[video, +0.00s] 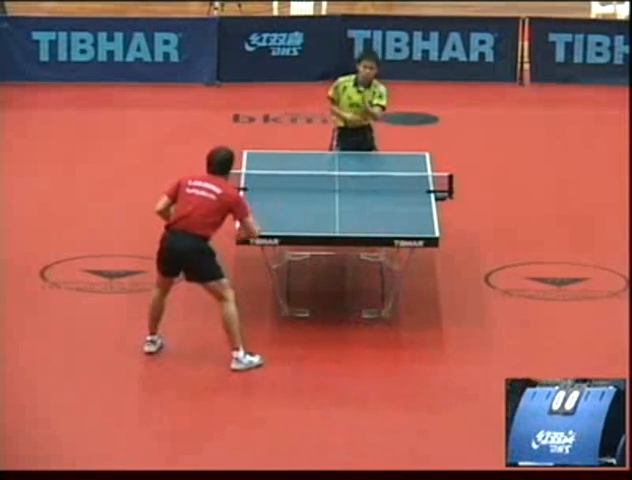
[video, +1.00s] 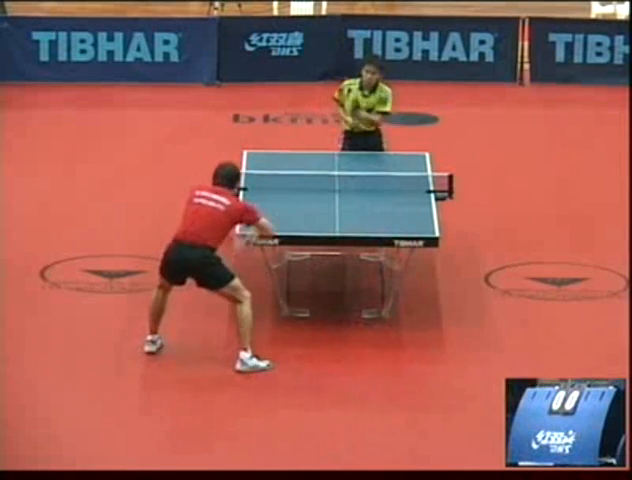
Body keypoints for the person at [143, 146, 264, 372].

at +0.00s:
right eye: (230, 166)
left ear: (207, 165)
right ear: (229, 169)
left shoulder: (187, 182)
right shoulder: (231, 195)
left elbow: (161, 208)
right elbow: (251, 230)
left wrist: (175, 223)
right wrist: (242, 235)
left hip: (171, 240)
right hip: (197, 244)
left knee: (161, 289)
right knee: (226, 297)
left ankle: (151, 338)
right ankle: (238, 354)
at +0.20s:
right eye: (232, 173)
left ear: (209, 170)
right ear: (232, 175)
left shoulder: (190, 184)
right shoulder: (234, 200)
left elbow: (163, 209)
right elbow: (256, 234)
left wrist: (177, 226)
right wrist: (246, 232)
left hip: (176, 243)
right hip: (204, 248)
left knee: (161, 290)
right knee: (232, 296)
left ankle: (151, 338)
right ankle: (241, 353)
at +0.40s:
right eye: (231, 162)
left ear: (209, 161)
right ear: (231, 166)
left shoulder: (191, 178)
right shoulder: (236, 190)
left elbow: (165, 204)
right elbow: (257, 207)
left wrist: (181, 218)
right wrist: (267, 193)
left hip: (178, 239)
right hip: (205, 243)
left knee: (162, 290)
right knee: (234, 296)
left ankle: (151, 338)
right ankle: (242, 352)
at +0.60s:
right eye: (224, 163)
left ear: (201, 163)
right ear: (224, 167)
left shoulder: (183, 182)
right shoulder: (227, 192)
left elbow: (165, 215)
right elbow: (257, 216)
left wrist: (188, 213)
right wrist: (259, 203)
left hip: (173, 244)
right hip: (200, 248)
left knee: (163, 287)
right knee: (231, 298)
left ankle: (152, 337)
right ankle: (243, 354)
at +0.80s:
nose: (226, 178)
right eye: (228, 175)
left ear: (205, 173)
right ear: (227, 177)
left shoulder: (187, 188)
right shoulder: (228, 200)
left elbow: (175, 210)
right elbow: (253, 236)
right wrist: (241, 237)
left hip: (168, 244)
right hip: (194, 250)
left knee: (162, 287)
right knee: (231, 298)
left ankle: (151, 337)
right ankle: (242, 355)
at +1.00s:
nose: (236, 187)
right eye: (237, 183)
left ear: (214, 179)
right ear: (236, 185)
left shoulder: (196, 192)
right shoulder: (238, 206)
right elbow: (268, 230)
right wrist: (257, 236)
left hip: (176, 249)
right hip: (203, 255)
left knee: (163, 288)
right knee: (243, 297)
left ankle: (151, 338)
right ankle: (246, 355)